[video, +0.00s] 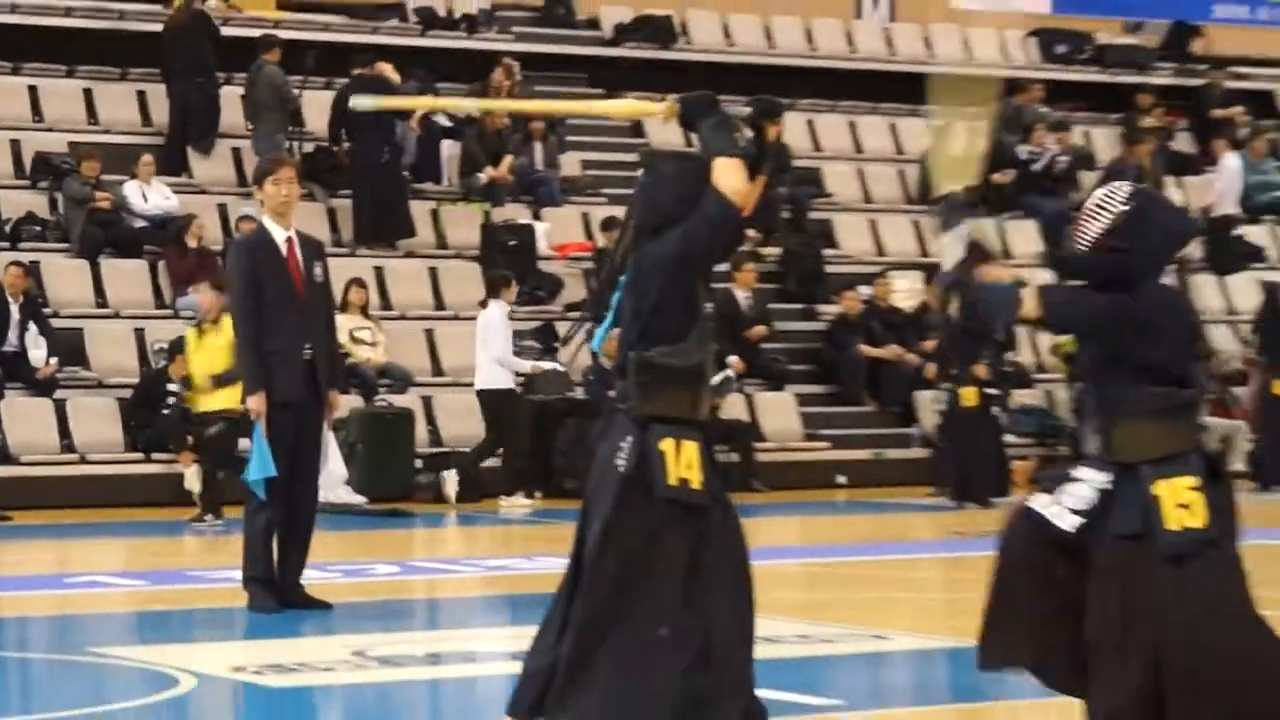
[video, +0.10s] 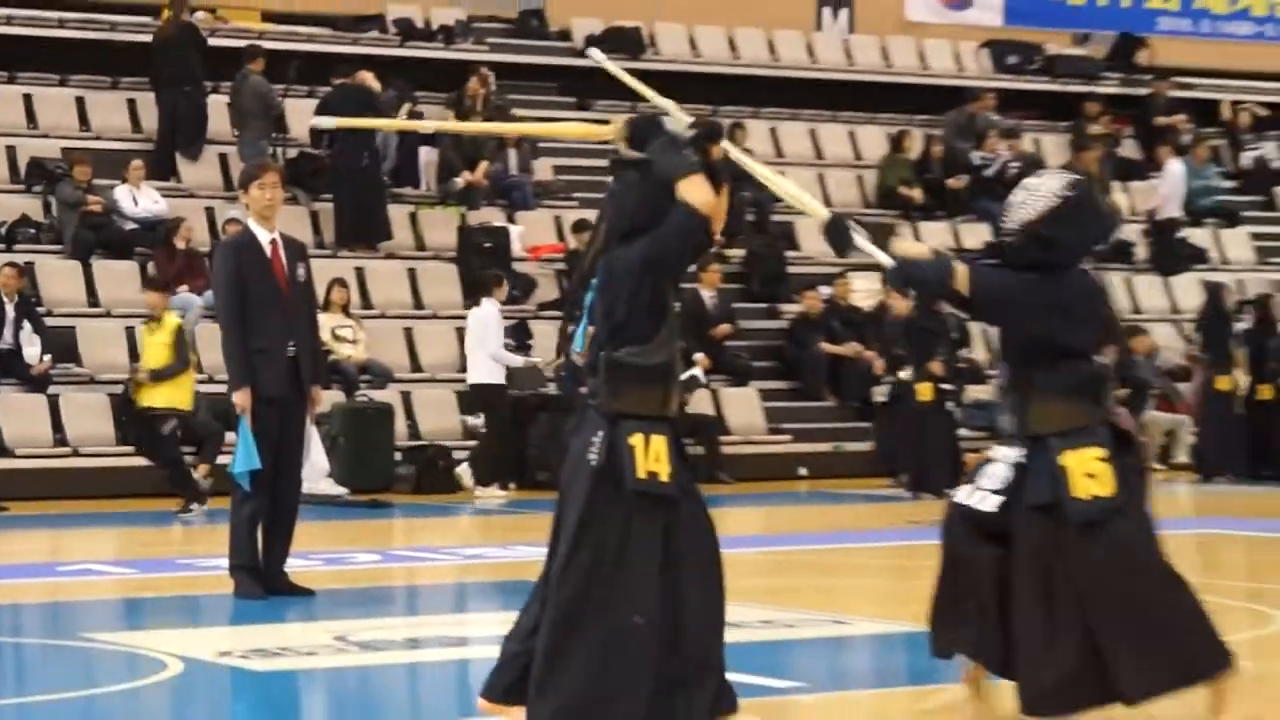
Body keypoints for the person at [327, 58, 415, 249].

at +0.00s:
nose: (376, 68)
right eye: (375, 65)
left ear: (352, 69)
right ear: (373, 66)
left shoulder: (347, 91)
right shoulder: (385, 86)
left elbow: (335, 121)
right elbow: (405, 111)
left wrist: (336, 144)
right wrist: (397, 79)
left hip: (360, 149)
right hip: (386, 147)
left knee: (363, 193)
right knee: (388, 192)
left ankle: (365, 238)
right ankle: (388, 239)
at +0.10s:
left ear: (332, 79)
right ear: (353, 76)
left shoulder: (328, 99)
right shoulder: (366, 94)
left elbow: (316, 127)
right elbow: (383, 117)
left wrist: (318, 147)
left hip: (340, 155)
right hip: (365, 153)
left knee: (344, 198)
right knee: (368, 196)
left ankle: (346, 241)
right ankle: (368, 240)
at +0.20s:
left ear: (313, 91)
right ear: (333, 87)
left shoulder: (307, 111)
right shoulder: (343, 104)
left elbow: (298, 143)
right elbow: (362, 129)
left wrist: (314, 145)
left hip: (321, 161)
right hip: (344, 159)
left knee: (324, 201)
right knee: (347, 200)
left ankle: (326, 243)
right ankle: (347, 243)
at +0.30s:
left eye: (296, 100)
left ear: (297, 98)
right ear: (316, 95)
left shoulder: (292, 117)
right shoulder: (328, 110)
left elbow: (283, 147)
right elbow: (344, 134)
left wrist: (299, 151)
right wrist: (327, 139)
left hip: (304, 165)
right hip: (327, 163)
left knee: (306, 204)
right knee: (330, 203)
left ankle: (309, 246)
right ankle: (330, 245)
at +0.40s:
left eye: (296, 105)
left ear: (297, 104)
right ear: (315, 101)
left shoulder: (291, 122)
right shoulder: (327, 115)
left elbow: (285, 151)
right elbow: (344, 139)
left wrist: (299, 157)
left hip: (303, 169)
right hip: (325, 168)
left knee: (305, 207)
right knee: (328, 206)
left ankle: (307, 246)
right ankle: (330, 246)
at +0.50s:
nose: (303, 110)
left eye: (302, 107)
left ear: (304, 106)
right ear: (321, 103)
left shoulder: (299, 123)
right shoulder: (335, 118)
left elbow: (293, 149)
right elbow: (350, 140)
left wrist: (305, 161)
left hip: (310, 168)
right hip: (332, 167)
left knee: (311, 206)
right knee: (334, 205)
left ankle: (313, 245)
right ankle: (335, 245)